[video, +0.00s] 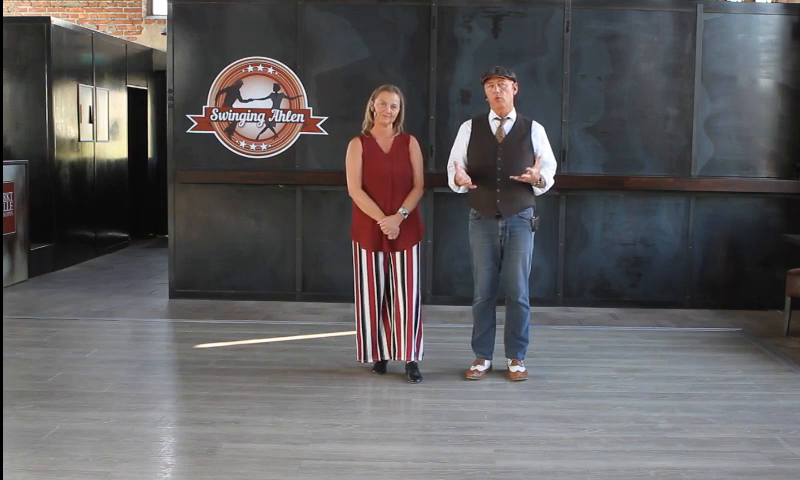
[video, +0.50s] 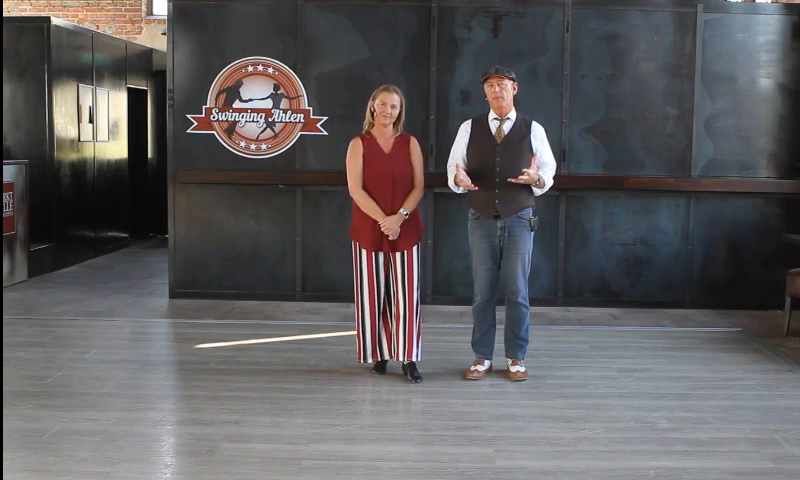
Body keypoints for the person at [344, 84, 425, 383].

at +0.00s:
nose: (387, 110)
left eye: (393, 105)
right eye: (383, 104)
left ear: (399, 110)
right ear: (373, 106)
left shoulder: (410, 143)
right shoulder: (357, 144)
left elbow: (419, 186)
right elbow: (354, 189)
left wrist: (398, 216)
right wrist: (385, 220)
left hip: (405, 229)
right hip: (369, 230)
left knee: (408, 294)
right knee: (373, 295)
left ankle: (412, 357)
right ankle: (378, 355)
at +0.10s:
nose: (388, 110)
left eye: (393, 105)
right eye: (383, 104)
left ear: (399, 110)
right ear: (373, 107)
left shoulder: (410, 143)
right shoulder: (358, 144)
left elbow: (419, 187)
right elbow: (354, 189)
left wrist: (398, 216)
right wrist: (385, 220)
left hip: (405, 230)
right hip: (369, 231)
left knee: (408, 294)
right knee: (373, 295)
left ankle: (411, 358)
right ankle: (378, 355)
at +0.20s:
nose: (387, 110)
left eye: (393, 106)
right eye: (382, 104)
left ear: (399, 110)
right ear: (373, 107)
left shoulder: (410, 144)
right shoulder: (358, 144)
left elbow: (419, 187)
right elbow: (354, 189)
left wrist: (398, 216)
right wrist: (385, 220)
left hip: (405, 230)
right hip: (369, 231)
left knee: (408, 295)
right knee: (373, 295)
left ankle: (410, 358)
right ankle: (379, 355)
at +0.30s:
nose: (387, 110)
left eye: (393, 106)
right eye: (383, 104)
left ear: (399, 110)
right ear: (373, 107)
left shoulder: (410, 143)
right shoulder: (358, 144)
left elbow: (419, 187)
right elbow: (354, 189)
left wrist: (398, 216)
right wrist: (385, 220)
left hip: (404, 229)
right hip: (369, 230)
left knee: (407, 295)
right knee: (372, 294)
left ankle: (410, 358)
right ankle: (378, 355)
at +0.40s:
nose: (388, 110)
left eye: (393, 106)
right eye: (383, 104)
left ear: (399, 110)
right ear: (373, 107)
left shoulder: (410, 143)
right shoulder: (358, 144)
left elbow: (419, 187)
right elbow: (355, 189)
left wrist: (399, 216)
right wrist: (386, 220)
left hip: (405, 229)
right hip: (369, 230)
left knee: (407, 294)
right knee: (372, 294)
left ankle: (409, 357)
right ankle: (378, 355)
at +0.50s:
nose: (388, 110)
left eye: (393, 106)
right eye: (383, 104)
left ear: (399, 110)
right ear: (373, 107)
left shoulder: (410, 143)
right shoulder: (358, 144)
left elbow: (419, 187)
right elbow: (355, 189)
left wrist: (399, 216)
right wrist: (386, 220)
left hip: (405, 229)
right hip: (369, 230)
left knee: (407, 295)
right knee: (373, 295)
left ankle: (409, 358)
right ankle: (379, 355)